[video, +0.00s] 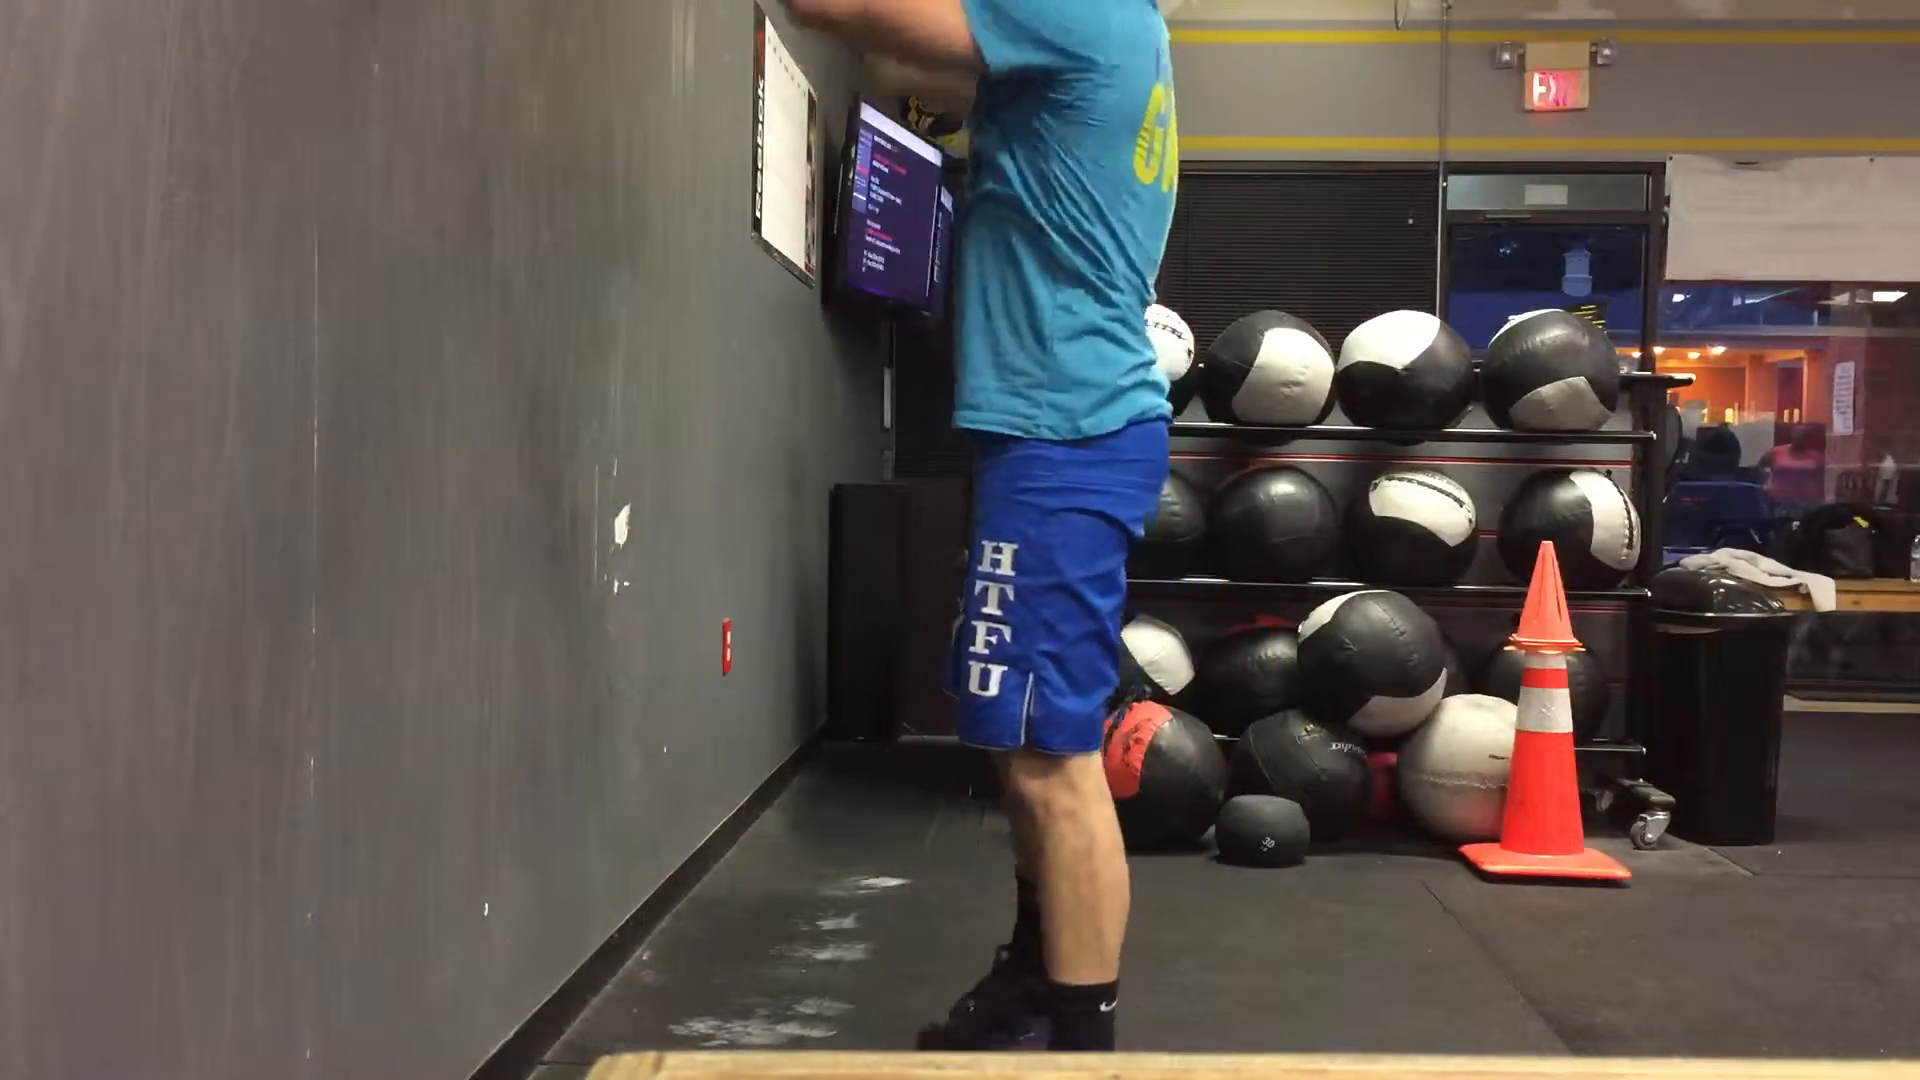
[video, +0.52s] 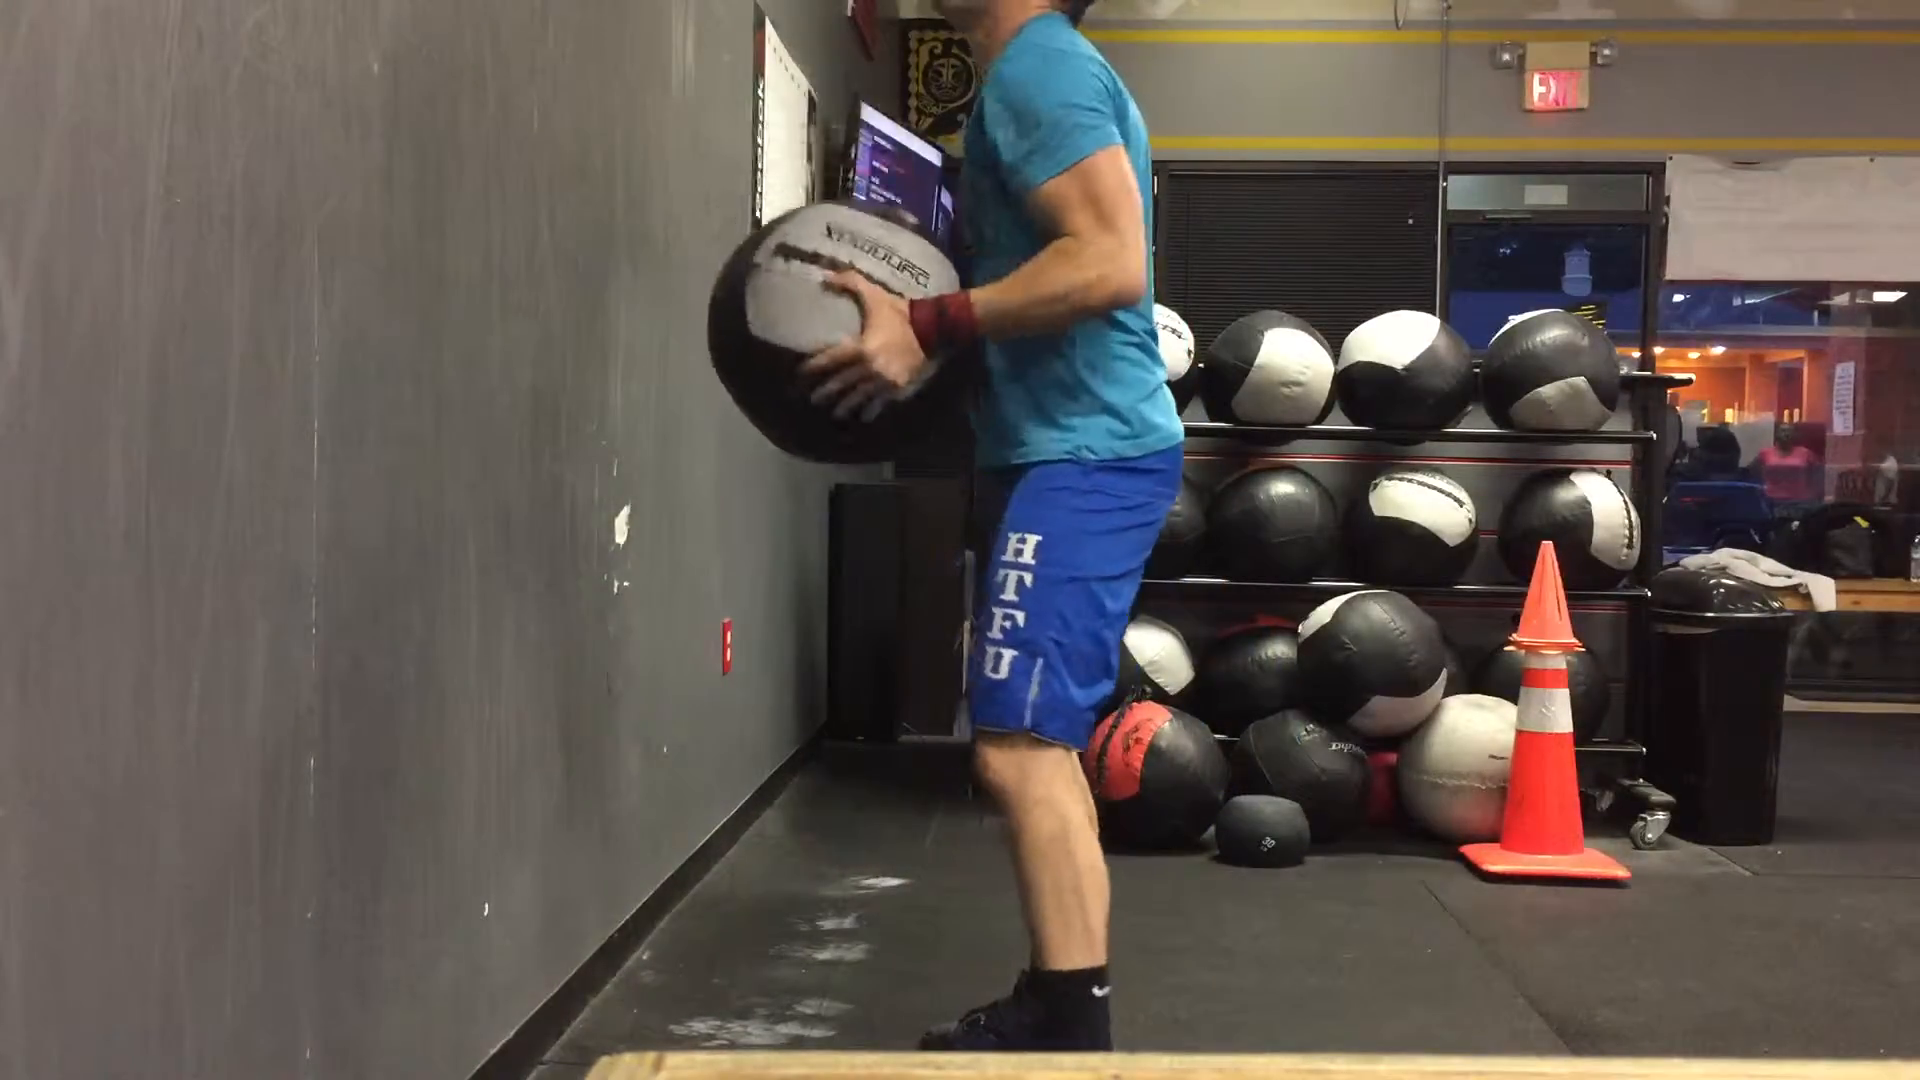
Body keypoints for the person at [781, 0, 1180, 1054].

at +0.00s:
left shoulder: (1083, 17)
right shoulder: (1104, 26)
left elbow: (863, 19)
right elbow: (918, 75)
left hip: (1069, 429)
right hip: (1053, 425)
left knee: (1053, 753)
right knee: (1028, 741)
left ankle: (1084, 1040)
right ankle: (1038, 983)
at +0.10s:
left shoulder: (1066, 49)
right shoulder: (1090, 45)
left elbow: (882, 194)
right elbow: (941, 208)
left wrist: (757, 61)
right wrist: (881, 152)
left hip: (1067, 444)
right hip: (1059, 440)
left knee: (1025, 756)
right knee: (1021, 750)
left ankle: (1071, 1025)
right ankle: (1046, 998)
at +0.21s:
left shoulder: (1042, 79)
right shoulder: (1072, 67)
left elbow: (985, 286)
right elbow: (1021, 260)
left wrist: (810, 214)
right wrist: (903, 189)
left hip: (1072, 453)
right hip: (1084, 447)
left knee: (969, 742)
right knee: (1018, 736)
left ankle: (1048, 1010)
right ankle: (1053, 994)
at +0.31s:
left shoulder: (1049, 73)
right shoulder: (1045, 73)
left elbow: (1068, 281)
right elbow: (1032, 270)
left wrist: (879, 282)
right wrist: (875, 273)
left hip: (1076, 451)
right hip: (1078, 449)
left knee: (958, 737)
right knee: (1015, 731)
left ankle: (1049, 1019)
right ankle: (1060, 998)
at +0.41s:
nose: (929, 5)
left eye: (939, 2)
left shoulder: (1041, 68)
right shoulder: (1027, 73)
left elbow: (1108, 265)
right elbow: (1046, 271)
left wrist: (925, 318)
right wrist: (900, 310)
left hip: (1075, 447)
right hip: (1066, 445)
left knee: (979, 732)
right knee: (1027, 730)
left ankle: (1053, 1015)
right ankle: (1057, 998)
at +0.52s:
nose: (928, 2)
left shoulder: (1043, 68)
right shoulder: (1017, 78)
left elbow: (1113, 262)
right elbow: (1049, 271)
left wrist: (931, 322)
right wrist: (902, 310)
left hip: (1085, 453)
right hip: (1054, 452)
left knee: (1023, 746)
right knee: (1028, 744)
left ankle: (1072, 1018)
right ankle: (1059, 1005)